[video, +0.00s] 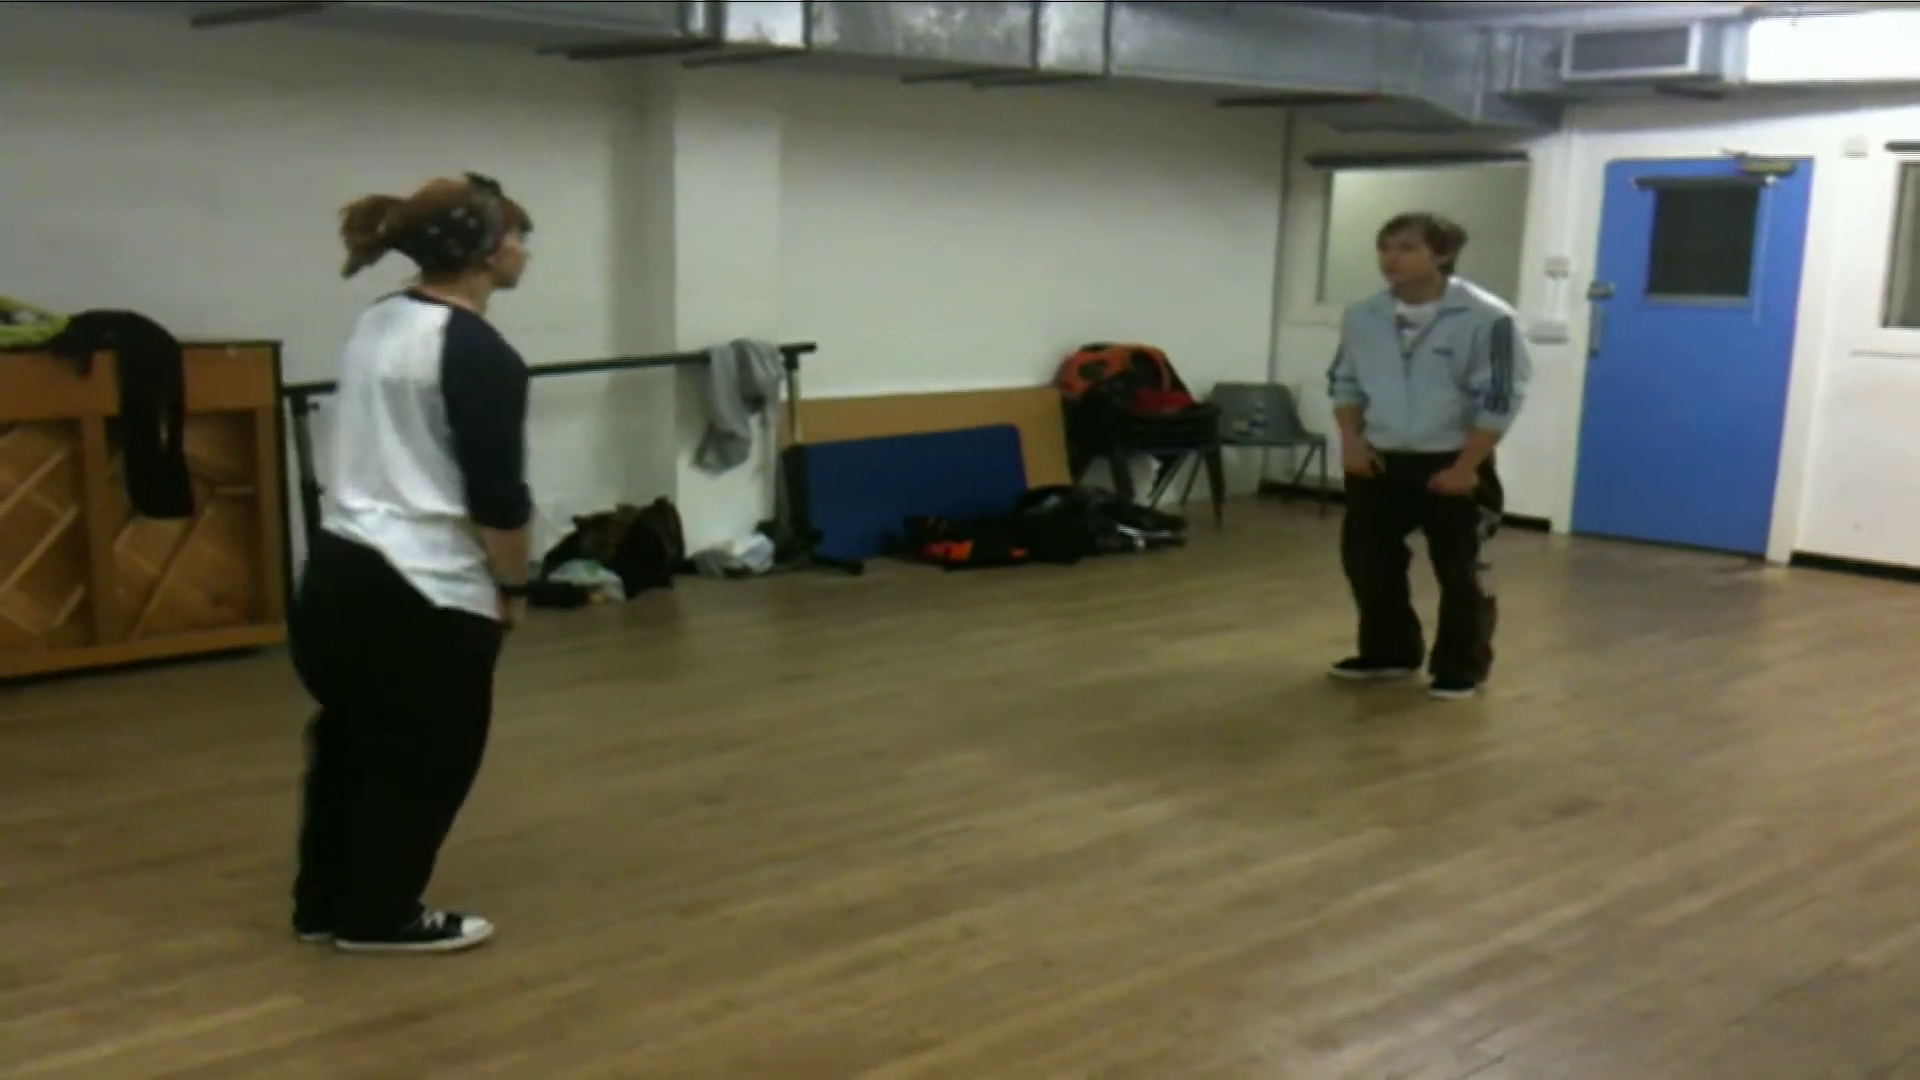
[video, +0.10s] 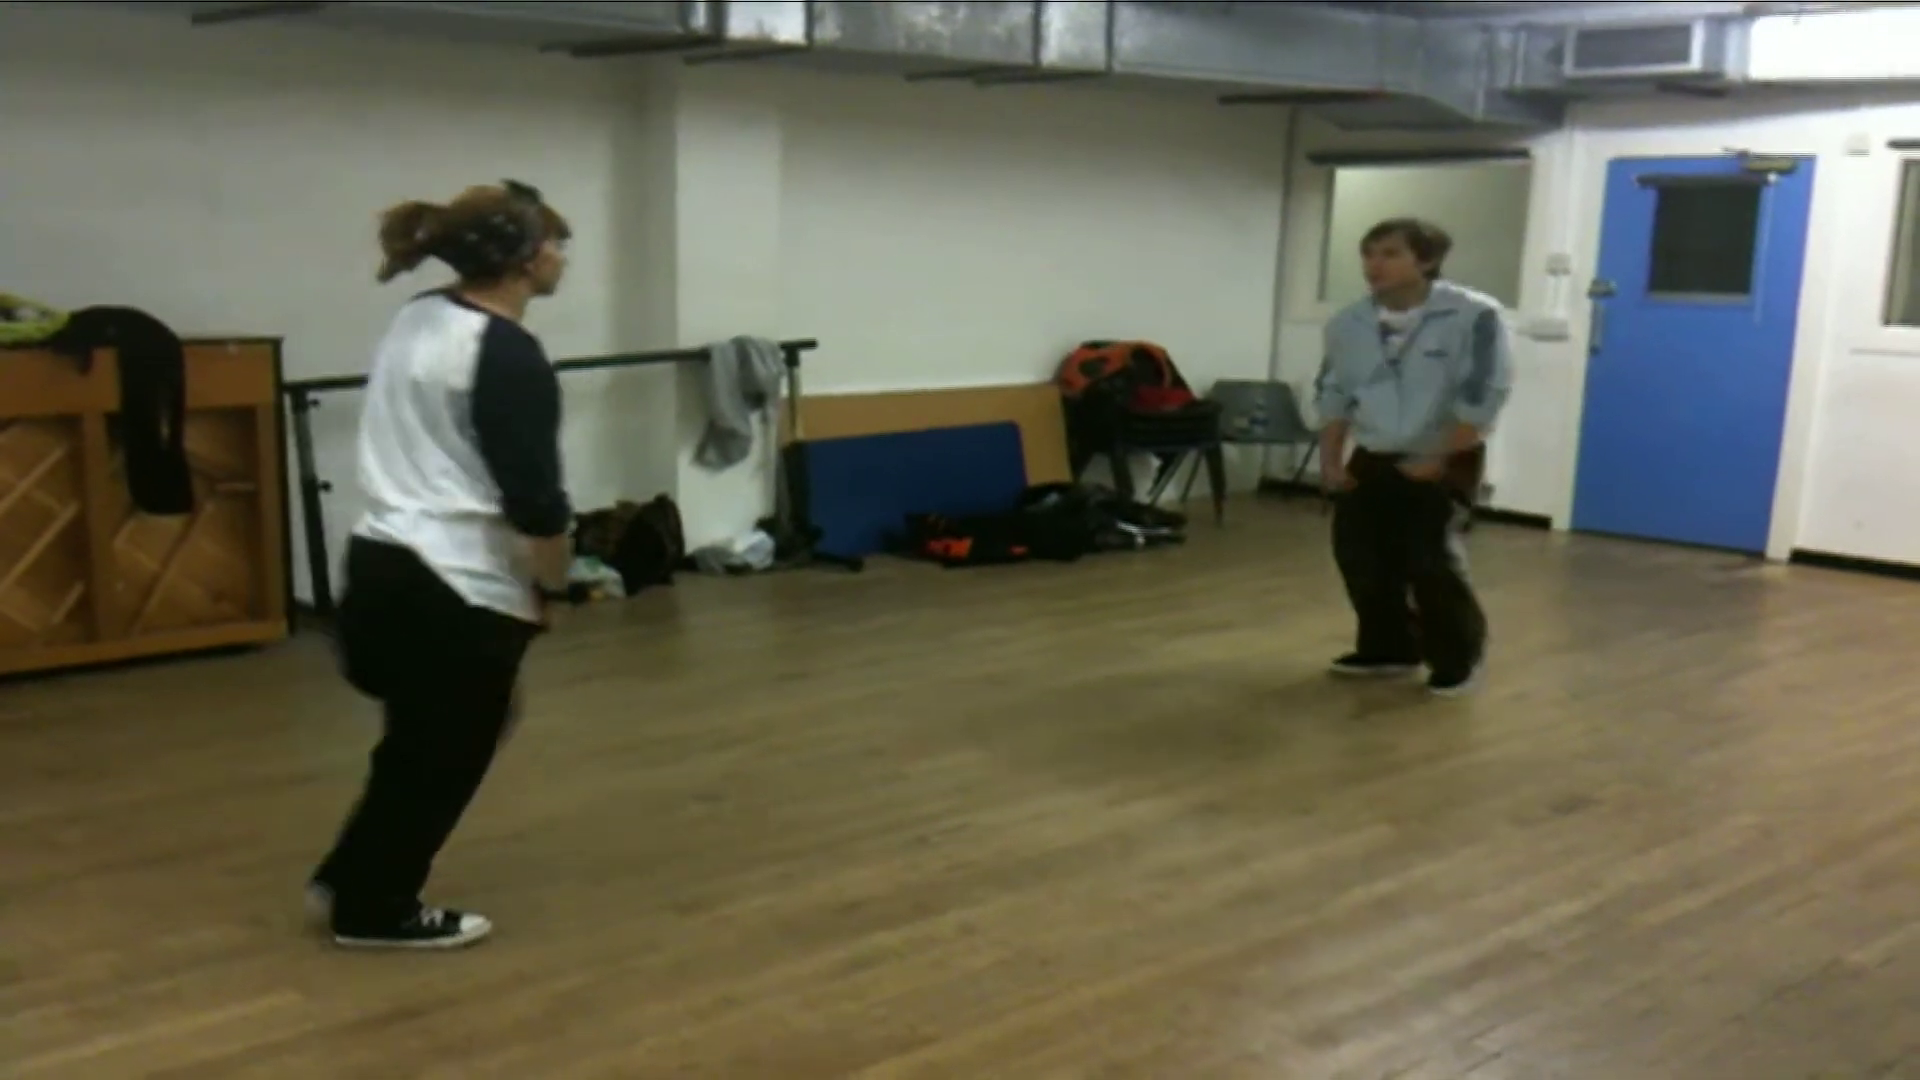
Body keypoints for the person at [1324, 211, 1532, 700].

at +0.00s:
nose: (1392, 258)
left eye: (1406, 248)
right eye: (1386, 249)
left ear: (1439, 256)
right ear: (1379, 256)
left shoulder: (1489, 320)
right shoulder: (1362, 318)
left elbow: (1500, 403)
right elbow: (1345, 384)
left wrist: (1466, 466)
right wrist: (1352, 439)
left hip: (1453, 466)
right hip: (1383, 463)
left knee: (1460, 570)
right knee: (1366, 555)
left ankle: (1460, 667)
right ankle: (1390, 650)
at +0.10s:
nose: (1375, 265)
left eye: (1389, 255)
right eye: (1369, 256)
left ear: (1423, 261)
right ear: (1363, 263)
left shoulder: (1474, 317)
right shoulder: (1349, 325)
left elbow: (1485, 399)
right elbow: (1334, 397)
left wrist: (1443, 458)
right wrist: (1331, 464)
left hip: (1440, 465)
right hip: (1372, 464)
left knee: (1427, 554)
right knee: (1358, 550)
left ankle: (1456, 654)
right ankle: (1386, 644)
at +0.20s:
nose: (1357, 281)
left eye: (1371, 271)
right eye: (1351, 272)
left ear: (1405, 277)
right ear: (1345, 278)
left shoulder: (1454, 314)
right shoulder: (1329, 342)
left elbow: (1468, 387)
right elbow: (1309, 415)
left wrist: (1409, 445)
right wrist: (1317, 471)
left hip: (1439, 453)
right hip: (1371, 454)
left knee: (1373, 537)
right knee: (1339, 546)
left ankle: (1423, 611)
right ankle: (1377, 643)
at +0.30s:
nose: (1329, 294)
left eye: (1343, 284)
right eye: (1324, 284)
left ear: (1376, 290)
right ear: (1317, 290)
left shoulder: (1419, 333)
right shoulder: (1301, 347)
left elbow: (1455, 398)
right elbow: (1284, 419)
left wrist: (1398, 459)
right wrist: (1302, 471)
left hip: (1428, 462)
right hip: (1357, 464)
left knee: (1366, 534)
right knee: (1320, 561)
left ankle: (1380, 636)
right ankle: (1385, 637)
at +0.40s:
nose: (1281, 318)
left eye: (1294, 308)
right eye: (1276, 309)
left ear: (1327, 313)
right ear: (1271, 314)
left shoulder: (1371, 358)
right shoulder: (1278, 360)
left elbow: (1448, 418)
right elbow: (1264, 421)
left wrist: (1410, 491)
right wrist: (1291, 472)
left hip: (1408, 484)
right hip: (1344, 479)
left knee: (1375, 576)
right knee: (1314, 576)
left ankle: (1332, 687)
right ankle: (1394, 641)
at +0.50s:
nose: (1239, 339)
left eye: (1252, 329)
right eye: (1235, 329)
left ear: (1288, 334)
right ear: (1232, 333)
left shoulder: (1341, 375)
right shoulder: (1253, 375)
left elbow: (1421, 436)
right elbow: (1249, 437)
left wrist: (1384, 505)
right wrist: (1267, 485)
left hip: (1382, 498)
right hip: (1317, 495)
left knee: (1350, 599)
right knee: (1294, 585)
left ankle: (1318, 711)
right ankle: (1390, 644)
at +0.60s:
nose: (1222, 337)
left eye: (1236, 325)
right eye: (1217, 326)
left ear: (1275, 328)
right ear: (1212, 328)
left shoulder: (1337, 369)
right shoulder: (1229, 371)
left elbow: (1391, 443)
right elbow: (1218, 430)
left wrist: (1337, 501)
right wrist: (1237, 486)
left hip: (1351, 496)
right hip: (1281, 492)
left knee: (1303, 591)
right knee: (1232, 575)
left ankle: (1308, 710)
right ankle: (1332, 618)